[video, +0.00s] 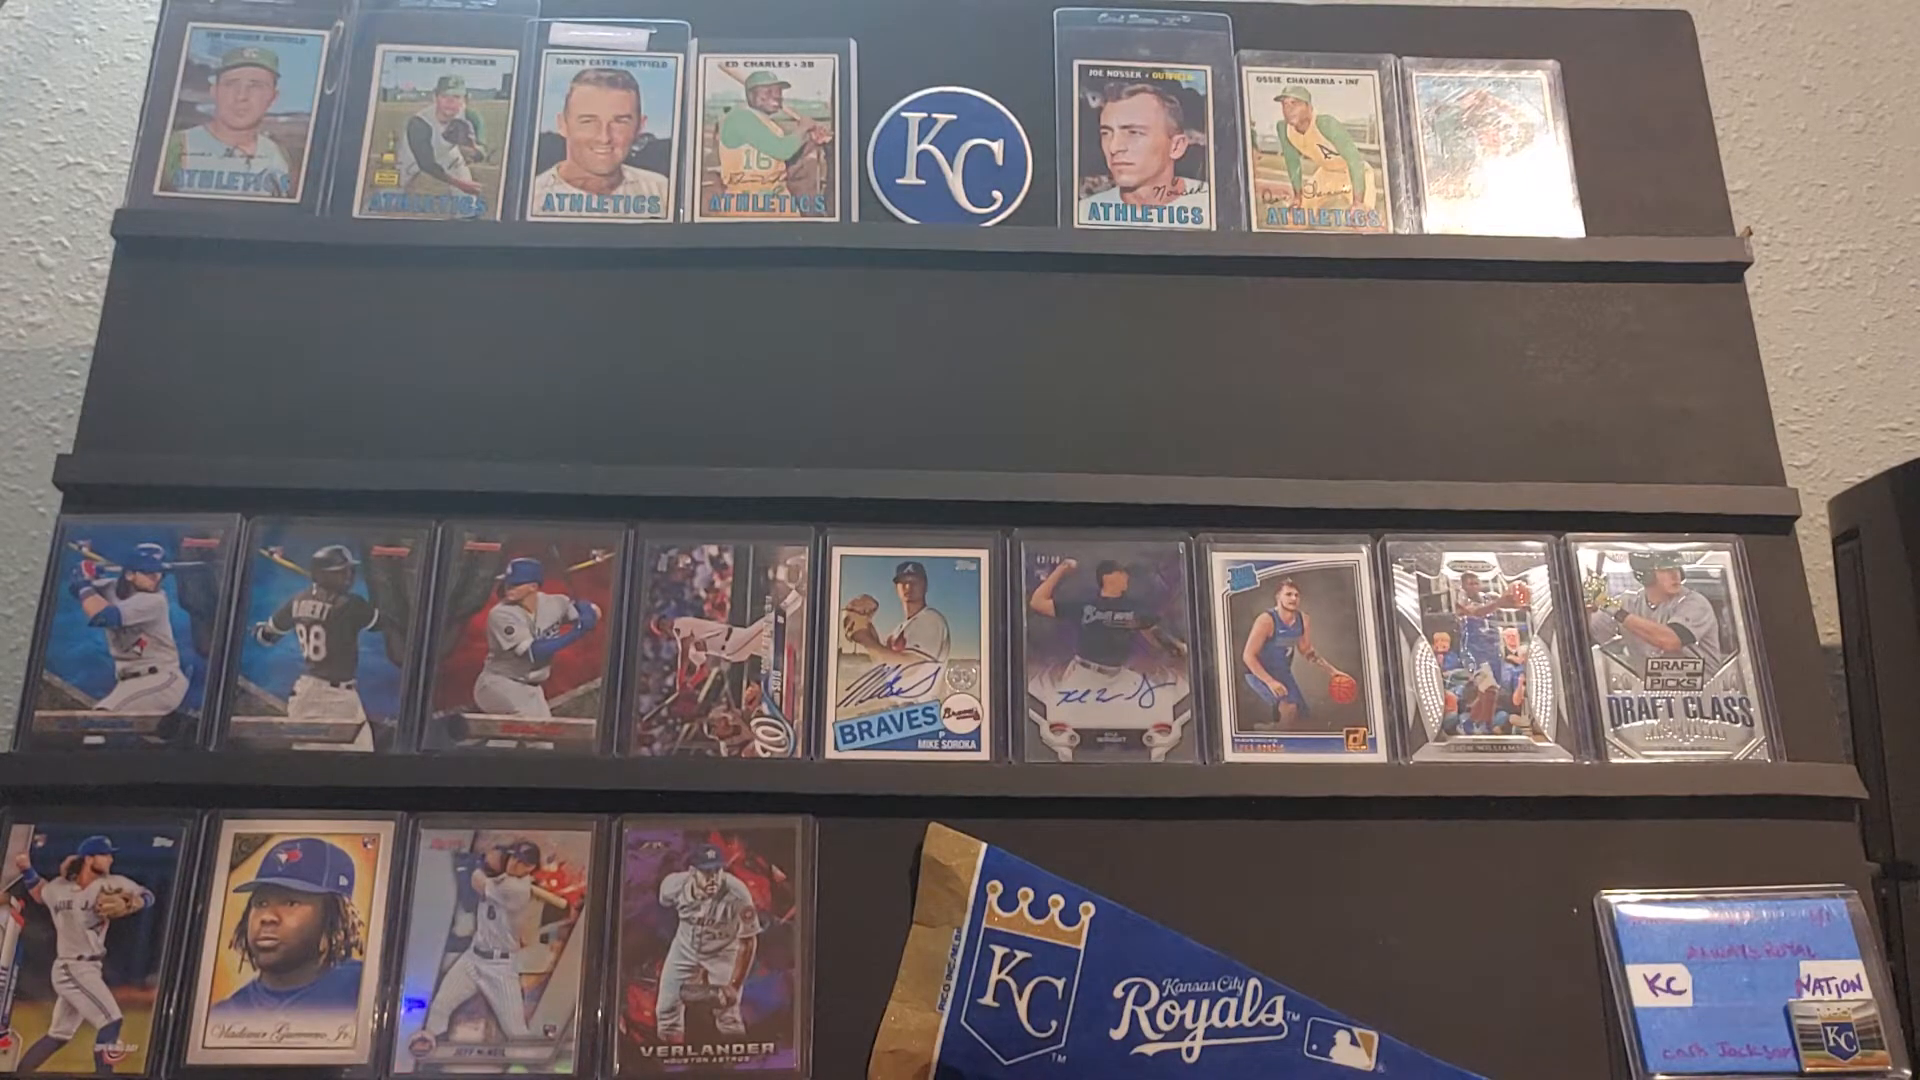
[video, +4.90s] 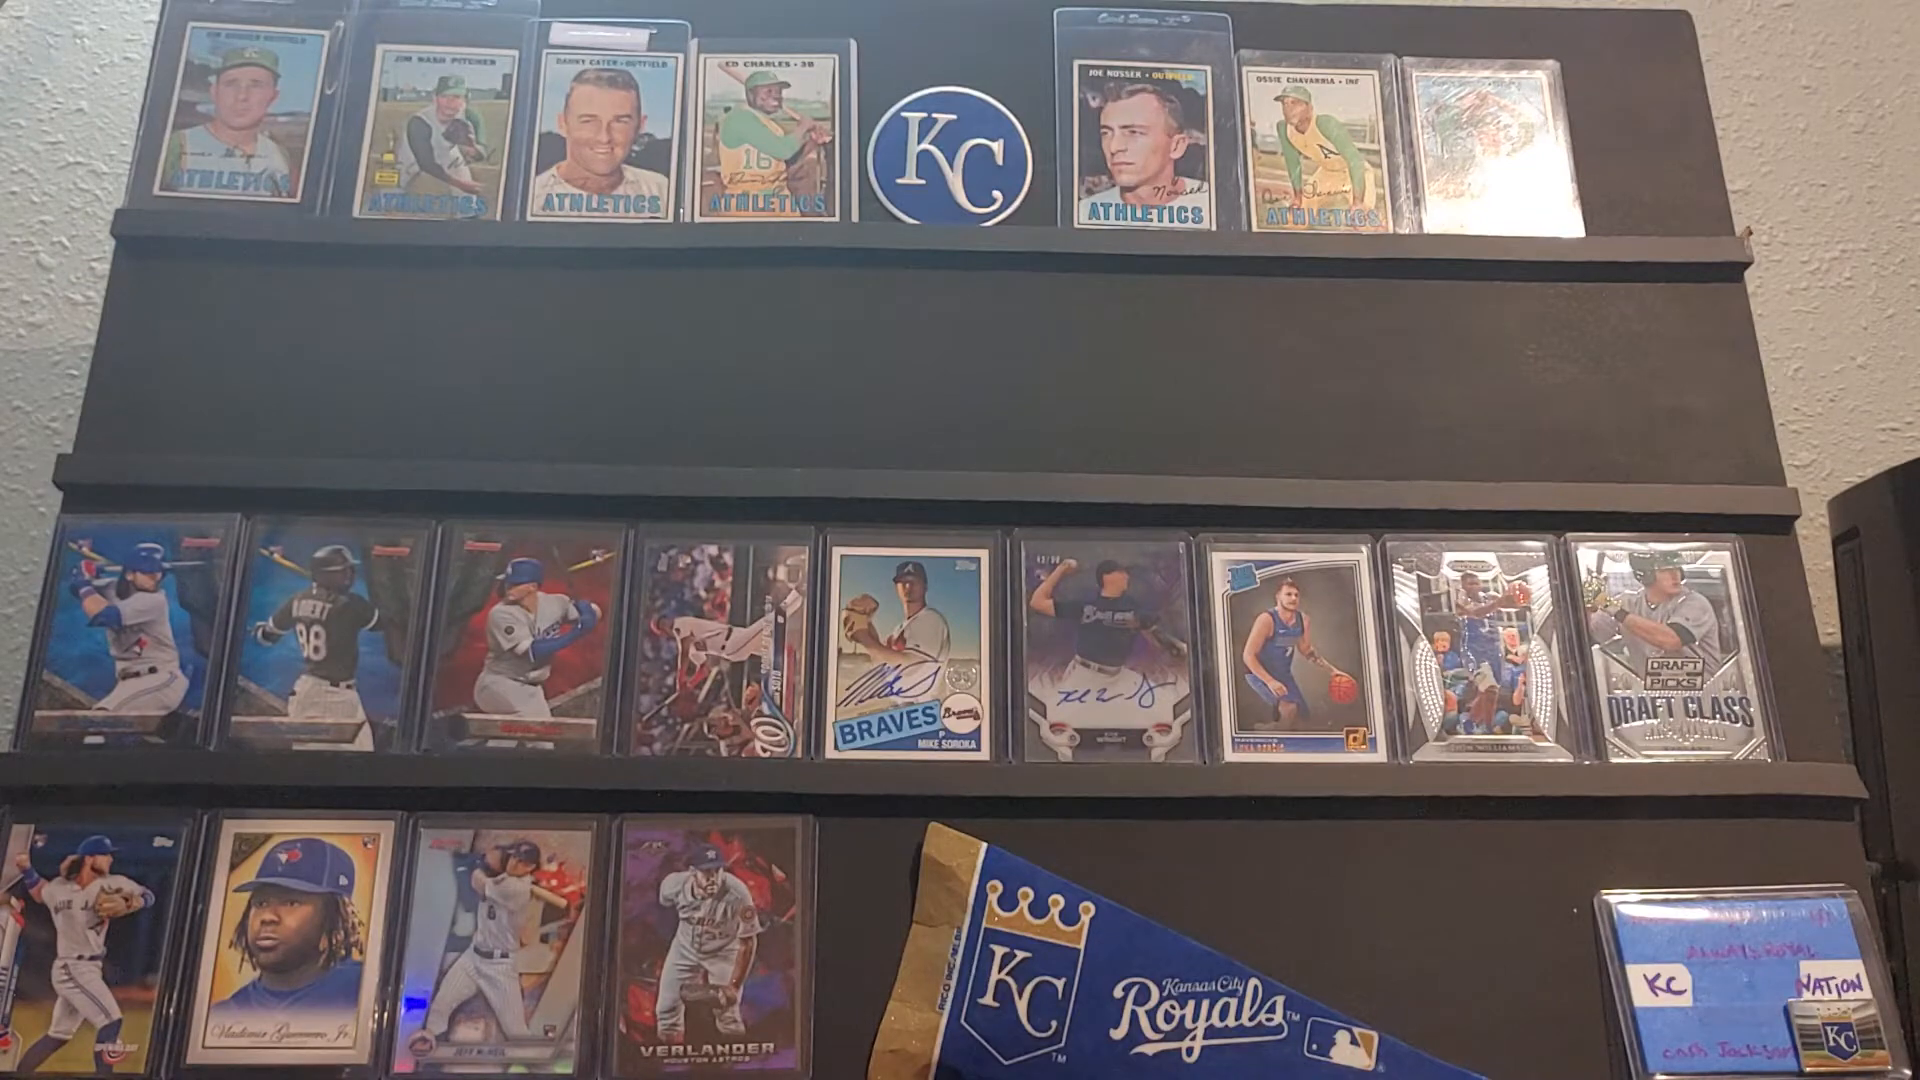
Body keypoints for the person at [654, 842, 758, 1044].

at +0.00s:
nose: (712, 879)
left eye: (716, 872)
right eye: (705, 872)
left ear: (722, 870)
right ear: (692, 871)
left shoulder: (738, 894)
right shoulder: (672, 886)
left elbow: (749, 942)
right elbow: (667, 909)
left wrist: (735, 985)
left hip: (724, 954)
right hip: (684, 948)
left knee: (727, 1015)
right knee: (666, 1009)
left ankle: (740, 1068)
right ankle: (673, 1069)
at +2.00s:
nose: (711, 878)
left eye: (716, 871)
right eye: (706, 872)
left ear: (722, 869)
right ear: (692, 870)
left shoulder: (738, 893)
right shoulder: (673, 885)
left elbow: (749, 941)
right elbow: (667, 909)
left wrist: (734, 985)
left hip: (724, 953)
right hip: (684, 947)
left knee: (727, 1014)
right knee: (666, 1009)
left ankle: (741, 1068)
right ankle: (674, 1069)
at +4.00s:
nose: (712, 878)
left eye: (716, 871)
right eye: (706, 872)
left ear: (722, 869)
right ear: (693, 871)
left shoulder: (738, 893)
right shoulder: (673, 886)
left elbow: (749, 941)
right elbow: (667, 912)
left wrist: (735, 985)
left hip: (724, 954)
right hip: (684, 948)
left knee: (727, 1015)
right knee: (666, 1009)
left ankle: (740, 1068)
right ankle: (673, 1068)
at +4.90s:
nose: (712, 878)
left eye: (716, 871)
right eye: (705, 872)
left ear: (722, 869)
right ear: (692, 871)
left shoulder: (738, 894)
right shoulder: (673, 885)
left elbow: (748, 942)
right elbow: (667, 912)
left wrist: (734, 985)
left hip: (725, 954)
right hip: (684, 948)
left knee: (727, 1014)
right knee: (666, 1009)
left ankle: (740, 1068)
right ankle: (673, 1071)